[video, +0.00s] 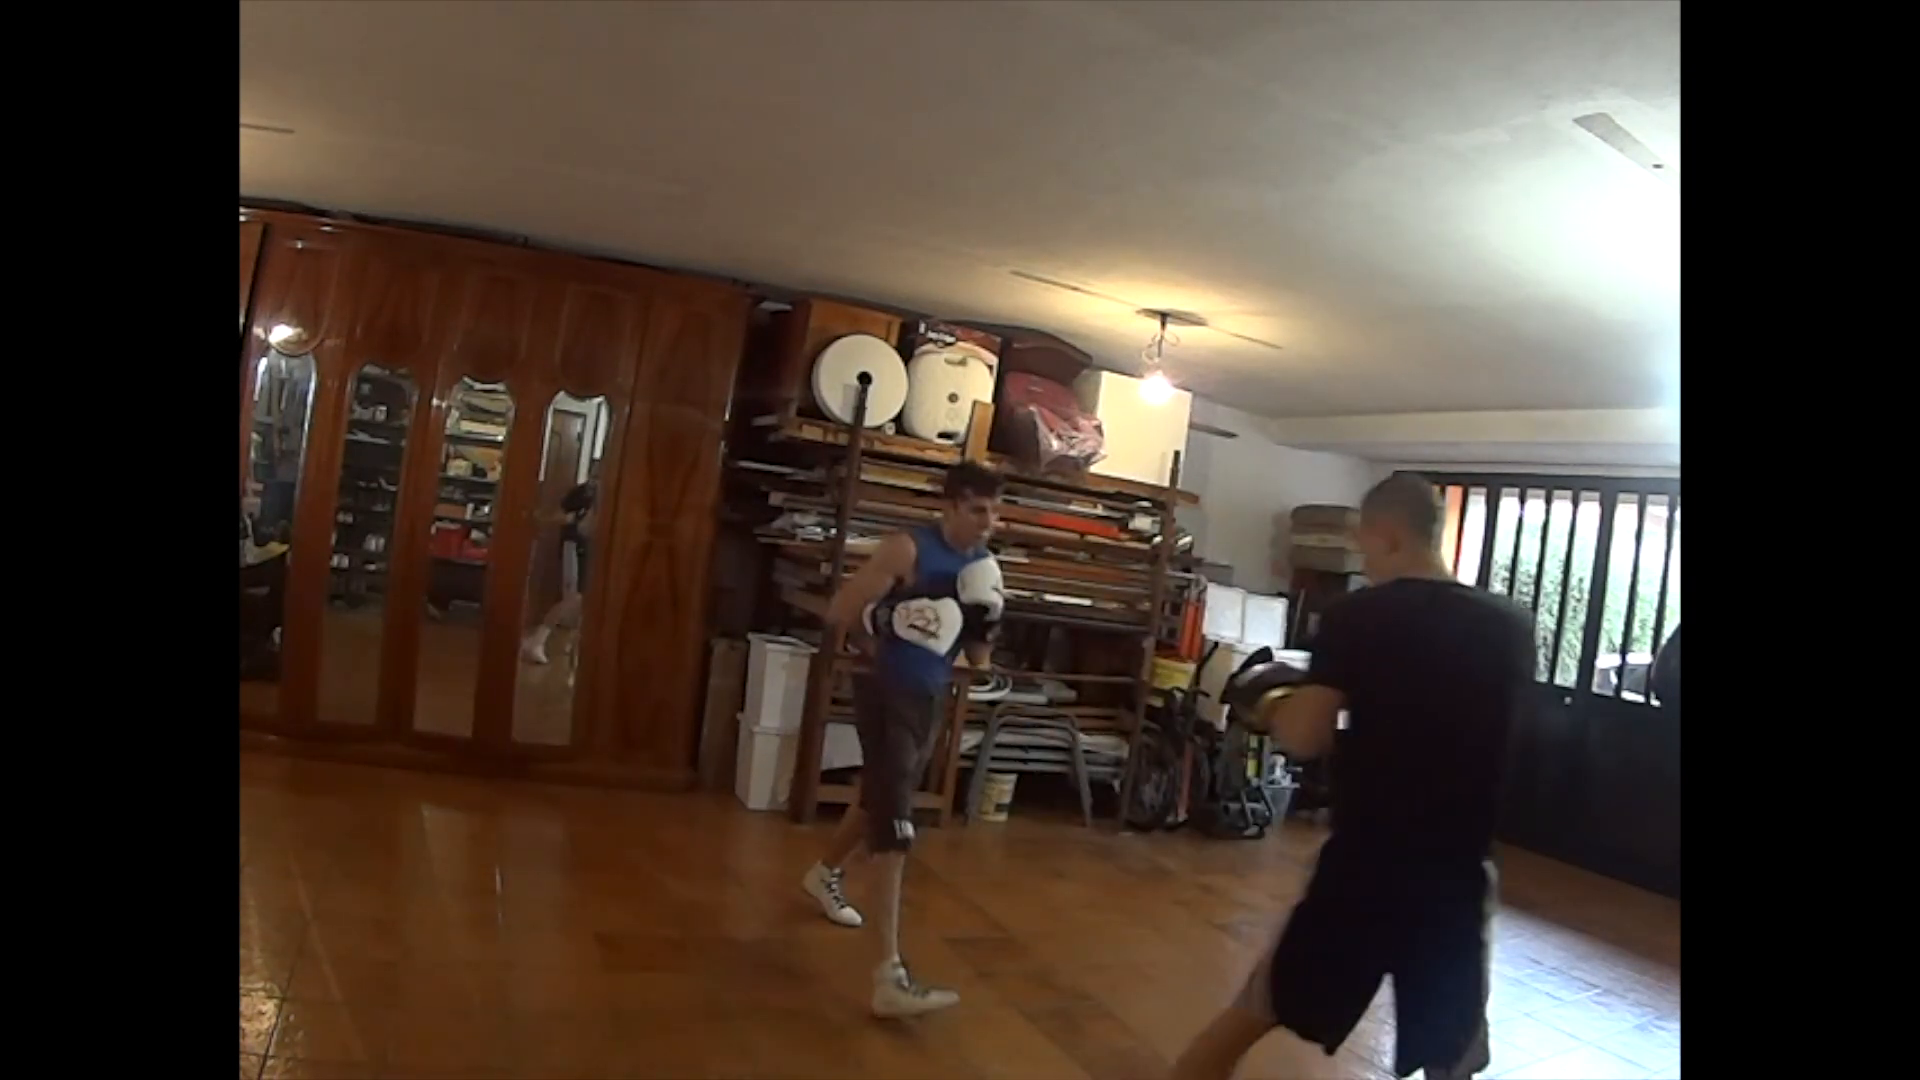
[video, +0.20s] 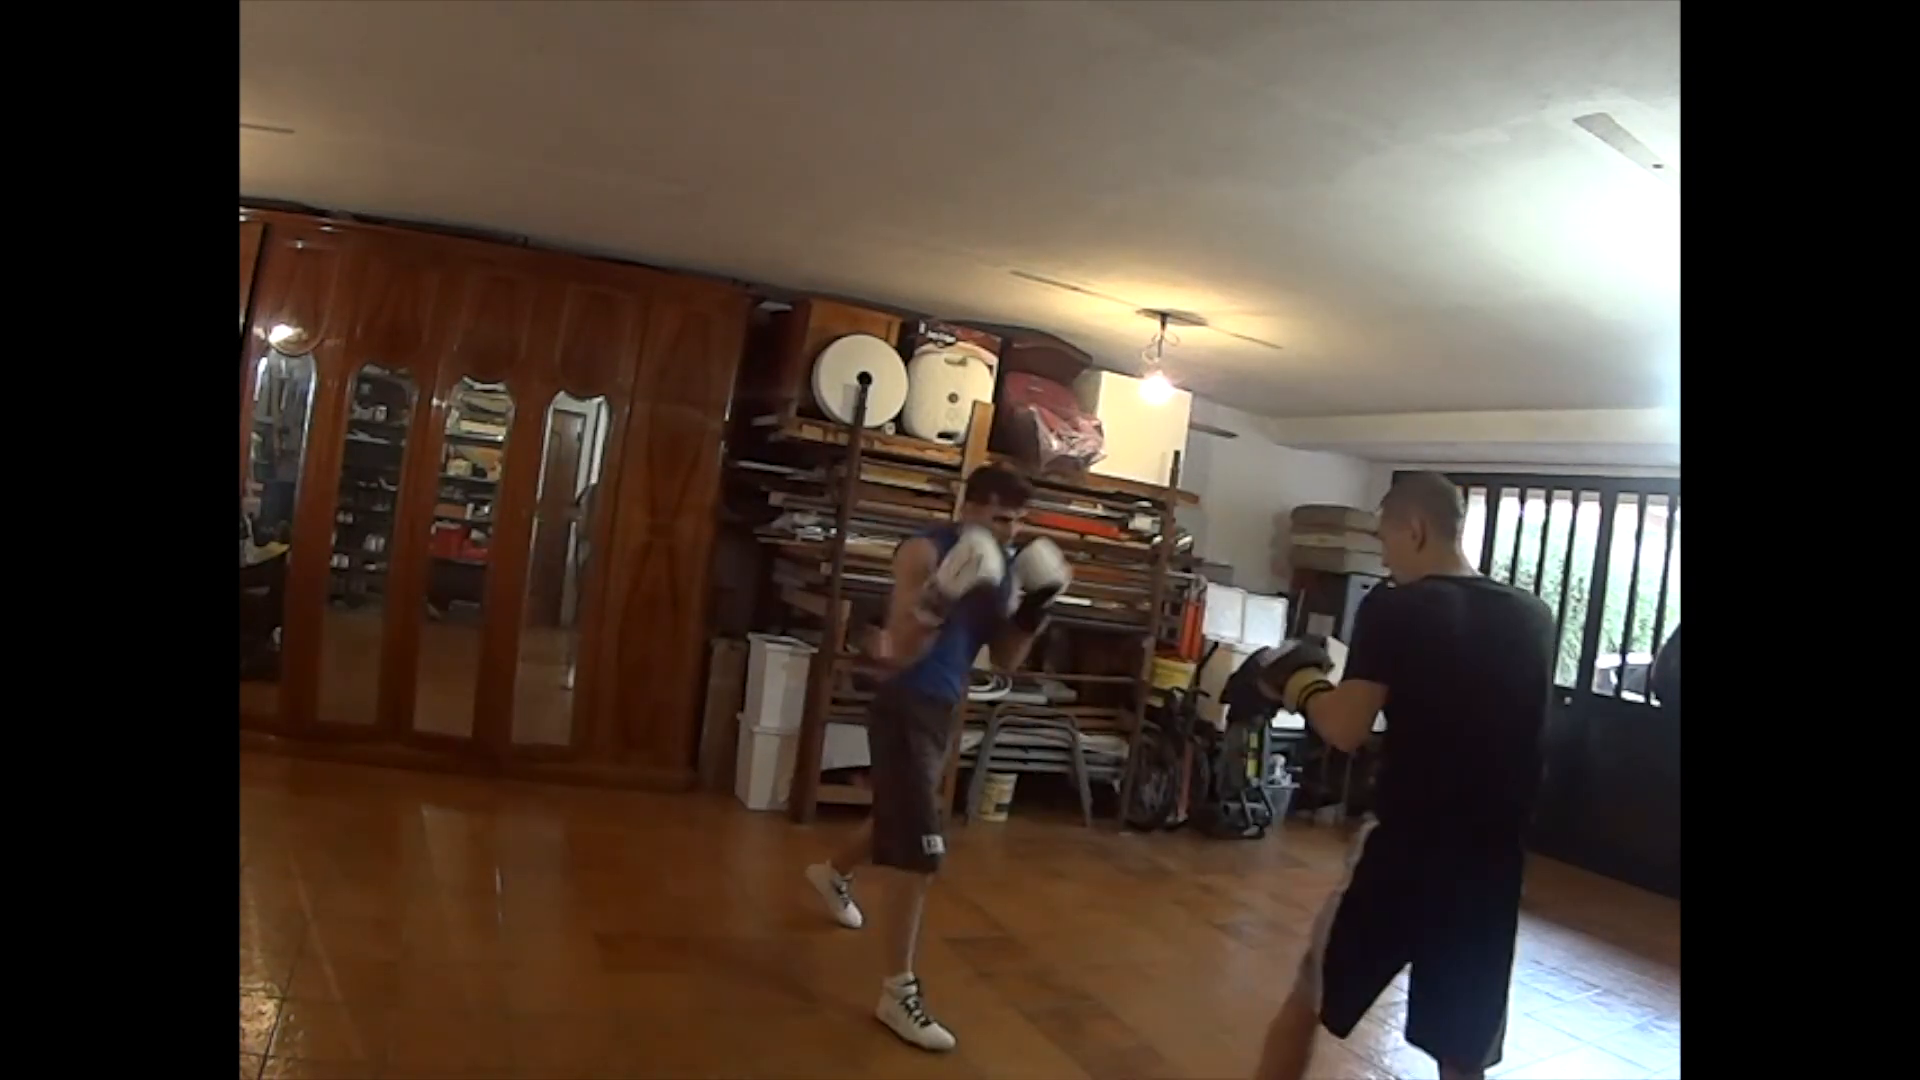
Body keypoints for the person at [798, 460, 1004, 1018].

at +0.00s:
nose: (984, 524)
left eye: (990, 515)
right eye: (976, 511)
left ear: (993, 517)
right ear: (948, 505)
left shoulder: (976, 567)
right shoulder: (905, 549)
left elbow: (977, 660)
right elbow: (840, 614)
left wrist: (985, 621)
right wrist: (882, 616)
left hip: (928, 700)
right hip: (886, 694)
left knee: (880, 803)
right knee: (893, 835)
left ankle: (824, 871)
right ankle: (888, 975)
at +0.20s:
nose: (1005, 522)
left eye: (1014, 514)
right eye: (996, 509)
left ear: (1020, 521)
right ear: (969, 503)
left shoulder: (996, 567)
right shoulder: (923, 551)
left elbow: (1006, 657)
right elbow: (899, 646)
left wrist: (1035, 605)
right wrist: (939, 592)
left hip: (943, 712)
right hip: (903, 704)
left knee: (905, 817)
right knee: (919, 849)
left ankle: (834, 869)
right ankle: (899, 991)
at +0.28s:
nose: (1004, 523)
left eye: (1015, 516)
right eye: (998, 508)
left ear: (1019, 521)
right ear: (975, 498)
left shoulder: (1002, 562)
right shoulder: (928, 548)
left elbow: (1018, 648)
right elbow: (940, 631)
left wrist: (1049, 587)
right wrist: (971, 573)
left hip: (948, 709)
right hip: (912, 704)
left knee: (907, 824)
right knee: (928, 854)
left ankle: (835, 881)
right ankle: (901, 992)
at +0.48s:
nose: (1033, 518)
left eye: (1040, 510)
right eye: (1031, 505)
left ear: (1031, 508)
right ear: (1002, 489)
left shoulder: (997, 541)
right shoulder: (955, 537)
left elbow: (1039, 625)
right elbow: (1018, 621)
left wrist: (1070, 558)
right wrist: (1039, 553)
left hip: (971, 708)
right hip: (947, 708)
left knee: (938, 850)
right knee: (944, 862)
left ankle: (881, 946)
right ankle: (902, 993)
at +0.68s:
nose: (1049, 542)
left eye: (1057, 533)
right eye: (1050, 530)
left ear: (1038, 525)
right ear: (1024, 511)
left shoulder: (1007, 560)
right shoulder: (974, 547)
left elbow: (1039, 652)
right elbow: (1015, 642)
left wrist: (1076, 591)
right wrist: (1045, 572)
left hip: (981, 725)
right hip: (969, 726)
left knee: (962, 864)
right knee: (1028, 876)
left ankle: (901, 961)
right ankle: (936, 978)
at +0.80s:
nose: (1067, 534)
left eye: (1071, 526)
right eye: (1068, 524)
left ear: (1046, 517)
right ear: (1044, 513)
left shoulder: (1024, 557)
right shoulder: (990, 545)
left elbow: (1058, 653)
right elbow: (1035, 640)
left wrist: (1096, 588)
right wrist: (1062, 568)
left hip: (995, 723)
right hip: (988, 723)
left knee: (967, 856)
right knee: (1054, 876)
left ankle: (900, 964)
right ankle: (1010, 1016)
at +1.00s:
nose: (1106, 552)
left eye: (1113, 544)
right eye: (1106, 540)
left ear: (1083, 531)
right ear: (1079, 525)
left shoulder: (1059, 567)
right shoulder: (1032, 559)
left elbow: (1099, 666)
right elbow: (1075, 660)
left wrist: (1139, 593)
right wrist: (1102, 582)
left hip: (1019, 743)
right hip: (1019, 746)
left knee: (970, 867)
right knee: (1066, 903)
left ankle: (899, 965)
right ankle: (1093, 1046)